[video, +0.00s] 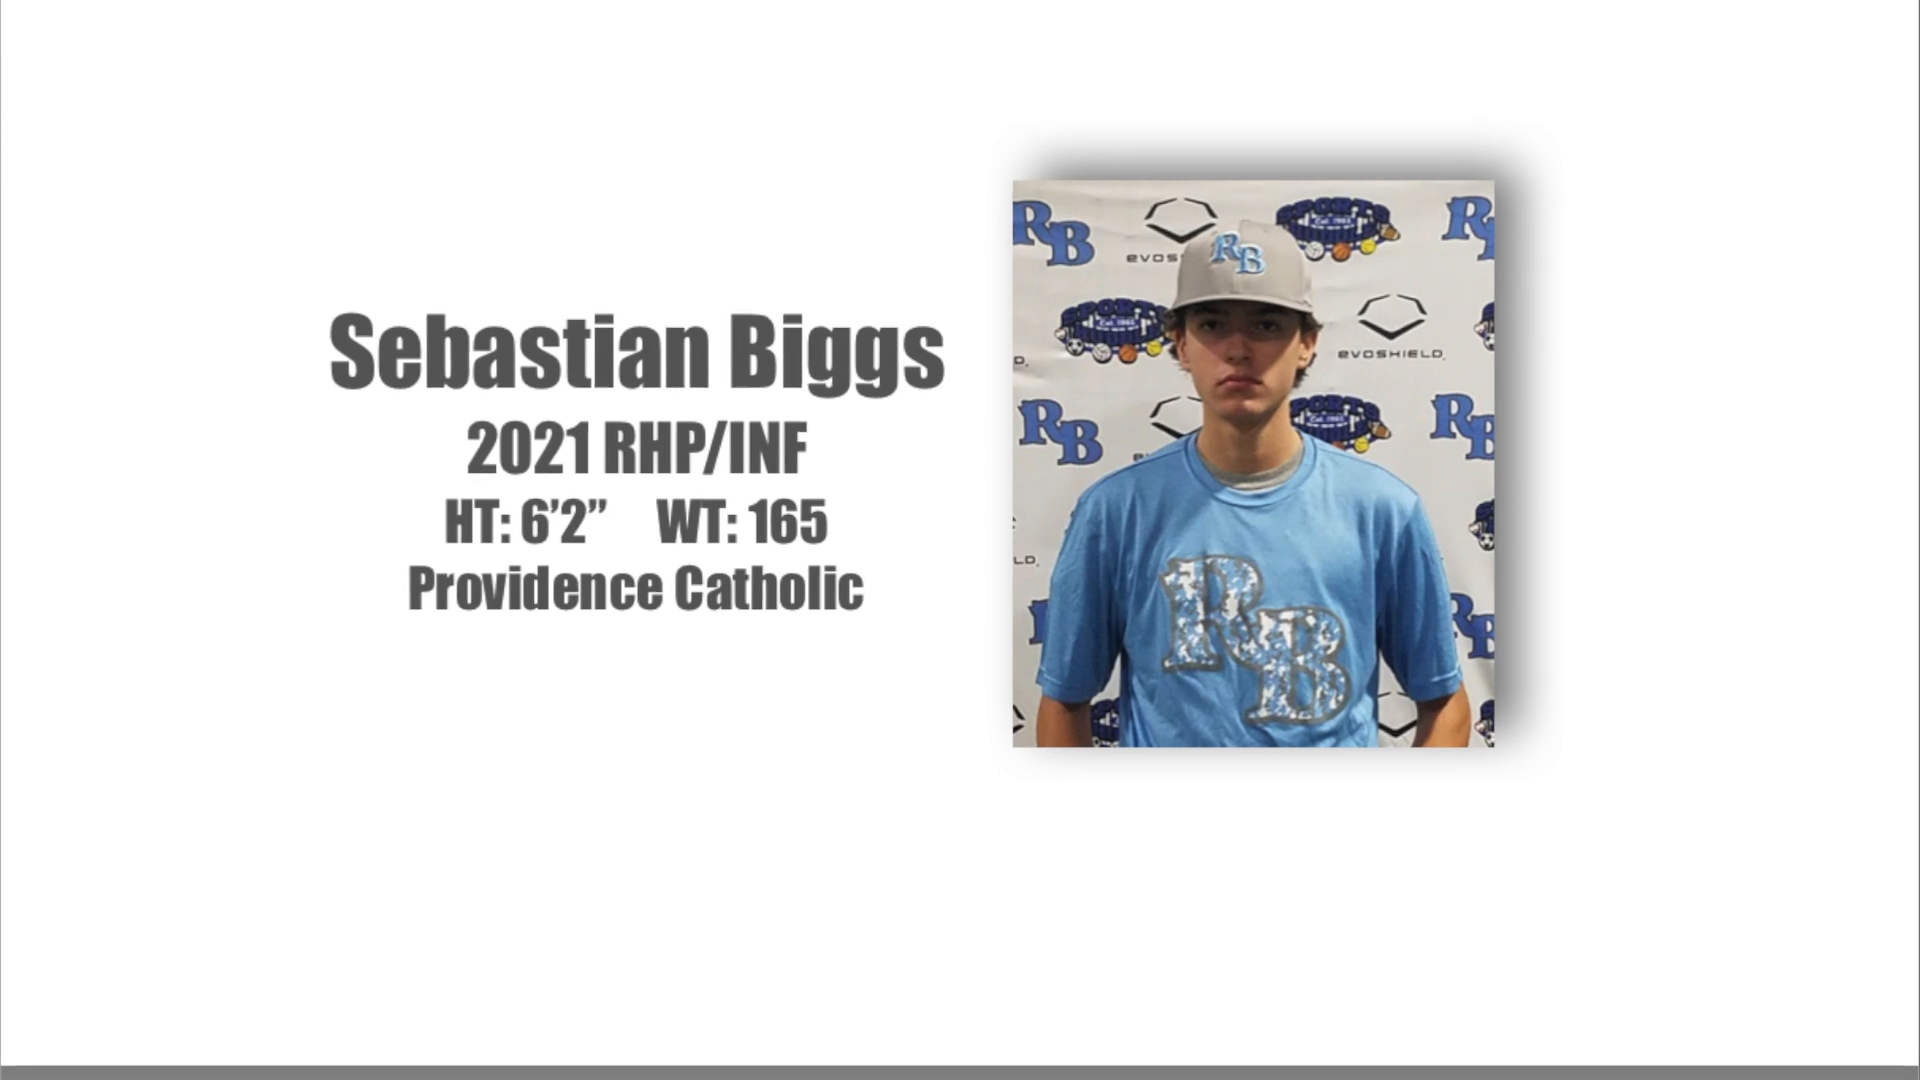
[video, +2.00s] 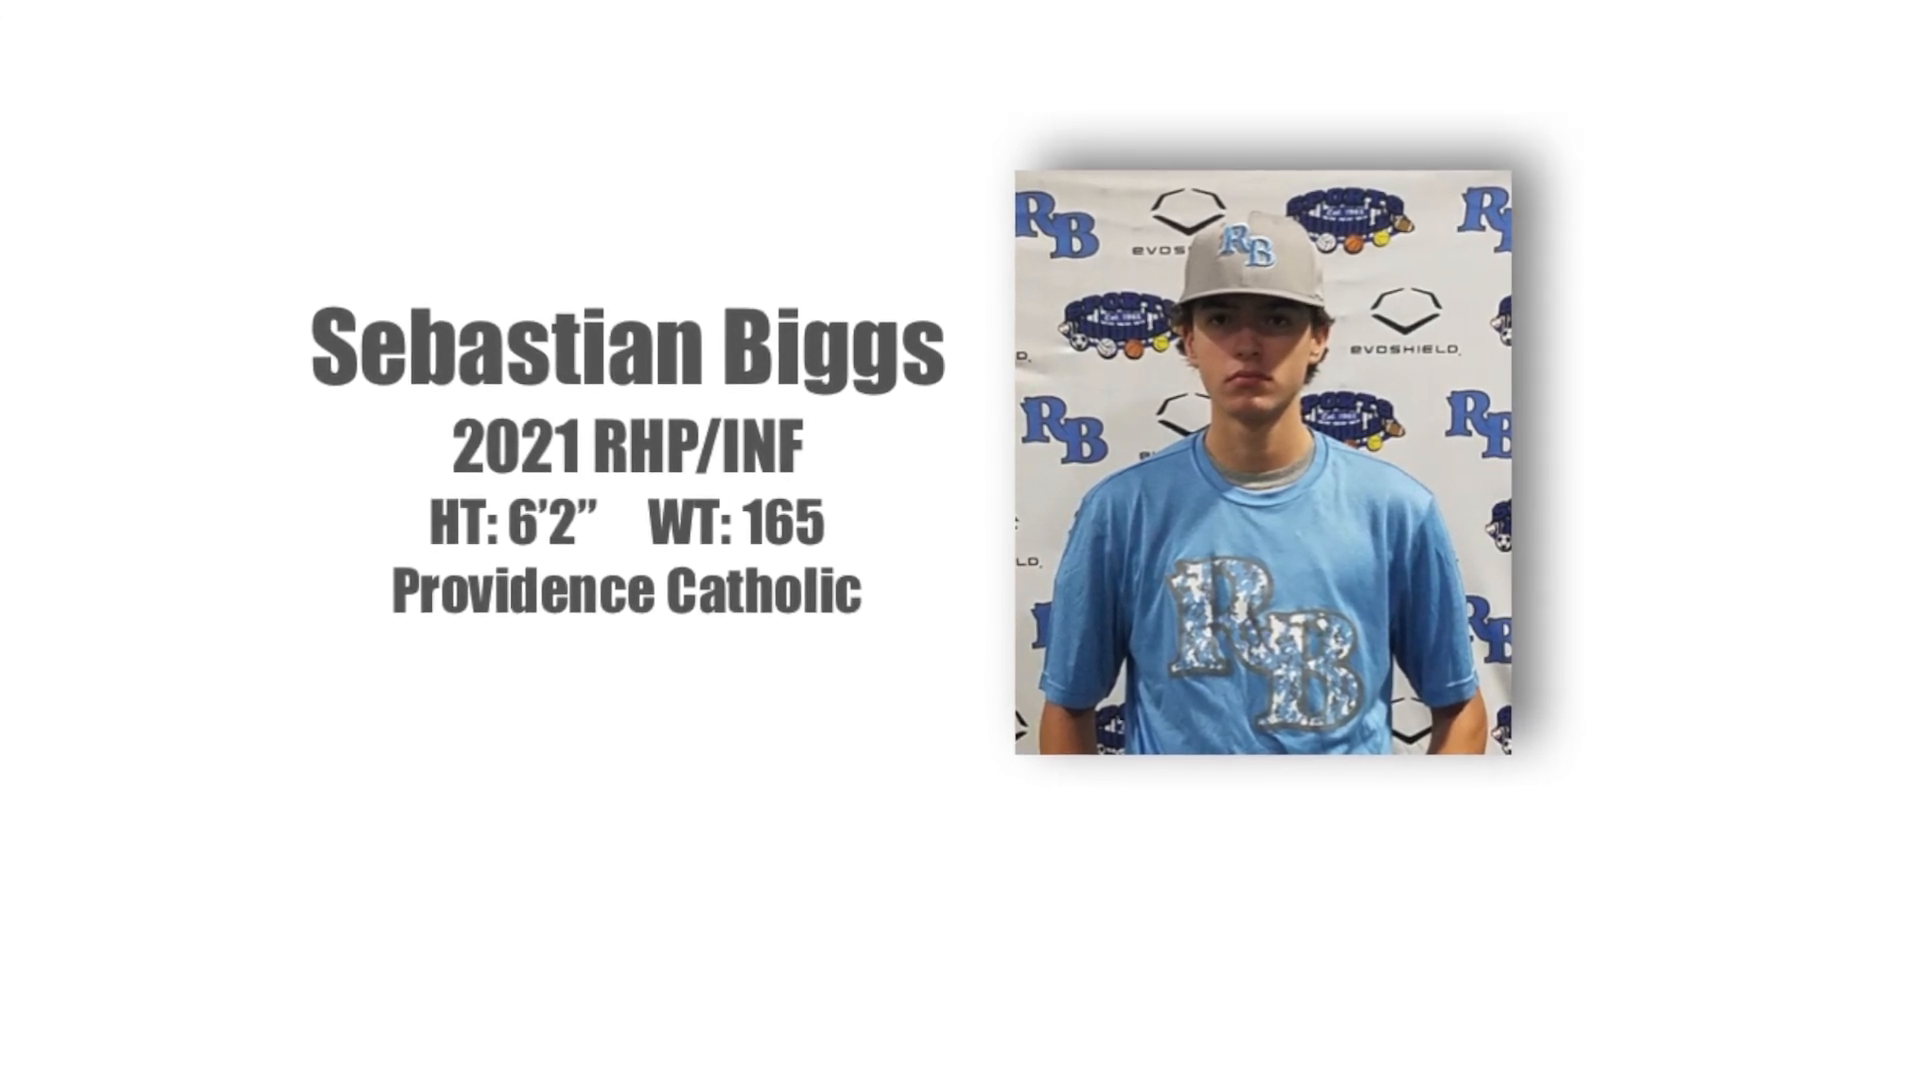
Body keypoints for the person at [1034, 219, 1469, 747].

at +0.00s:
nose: (1239, 349)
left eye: (1266, 325)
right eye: (1216, 325)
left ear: (1306, 345)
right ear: (1181, 345)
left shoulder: (1385, 511)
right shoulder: (1113, 513)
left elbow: (1446, 704)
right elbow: (1065, 705)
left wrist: (1407, 821)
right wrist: (1073, 824)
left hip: (1341, 820)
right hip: (1164, 819)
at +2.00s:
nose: (1248, 343)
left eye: (1276, 319)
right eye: (1223, 319)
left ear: (1317, 341)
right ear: (1189, 341)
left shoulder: (1398, 511)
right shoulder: (1118, 513)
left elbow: (1461, 710)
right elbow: (1068, 712)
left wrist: (1422, 829)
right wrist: (1079, 835)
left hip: (1354, 826)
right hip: (1172, 825)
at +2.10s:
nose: (1248, 343)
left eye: (1277, 319)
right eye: (1224, 319)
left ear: (1317, 341)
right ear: (1189, 341)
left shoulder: (1399, 511)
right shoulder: (1118, 513)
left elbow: (1462, 711)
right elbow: (1068, 713)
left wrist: (1423, 830)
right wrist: (1079, 835)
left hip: (1354, 827)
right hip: (1173, 827)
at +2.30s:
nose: (1249, 343)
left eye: (1278, 318)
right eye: (1225, 318)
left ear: (1319, 340)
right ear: (1190, 340)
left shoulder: (1401, 511)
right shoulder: (1119, 513)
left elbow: (1464, 711)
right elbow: (1069, 713)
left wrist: (1425, 831)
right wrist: (1079, 837)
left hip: (1356, 828)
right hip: (1173, 828)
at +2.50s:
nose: (1251, 342)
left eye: (1279, 317)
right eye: (1226, 318)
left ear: (1320, 340)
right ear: (1191, 339)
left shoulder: (1402, 511)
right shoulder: (1120, 513)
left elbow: (1466, 712)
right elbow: (1069, 714)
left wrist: (1426, 832)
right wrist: (1080, 838)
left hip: (1357, 828)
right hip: (1174, 829)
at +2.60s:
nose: (1251, 342)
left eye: (1280, 317)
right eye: (1227, 317)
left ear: (1321, 339)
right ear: (1191, 340)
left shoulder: (1403, 511)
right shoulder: (1120, 513)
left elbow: (1467, 712)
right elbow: (1070, 715)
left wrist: (1428, 833)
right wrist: (1081, 838)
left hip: (1358, 829)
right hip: (1175, 829)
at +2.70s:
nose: (1252, 341)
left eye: (1280, 317)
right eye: (1227, 317)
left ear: (1322, 338)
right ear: (1192, 339)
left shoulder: (1404, 511)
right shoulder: (1121, 513)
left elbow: (1468, 712)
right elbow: (1070, 715)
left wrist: (1429, 833)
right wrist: (1081, 839)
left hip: (1359, 830)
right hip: (1175, 830)